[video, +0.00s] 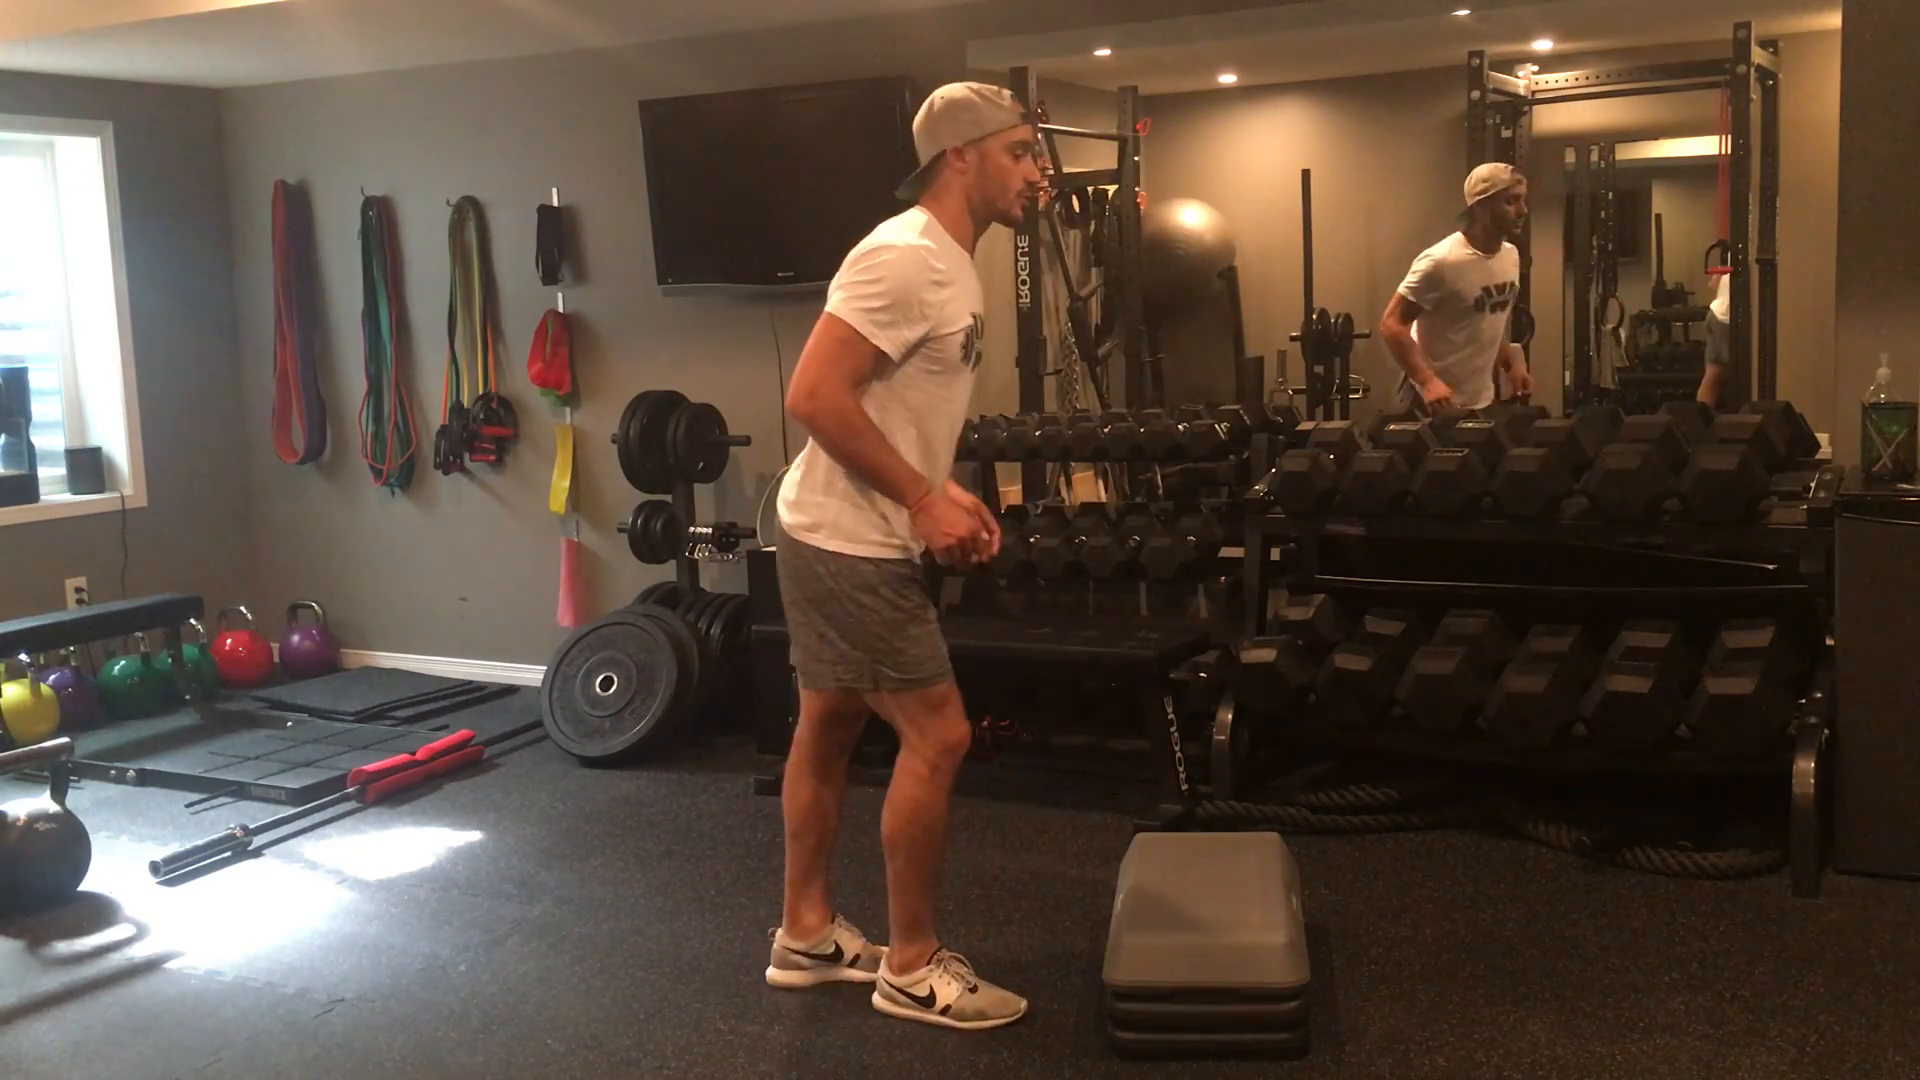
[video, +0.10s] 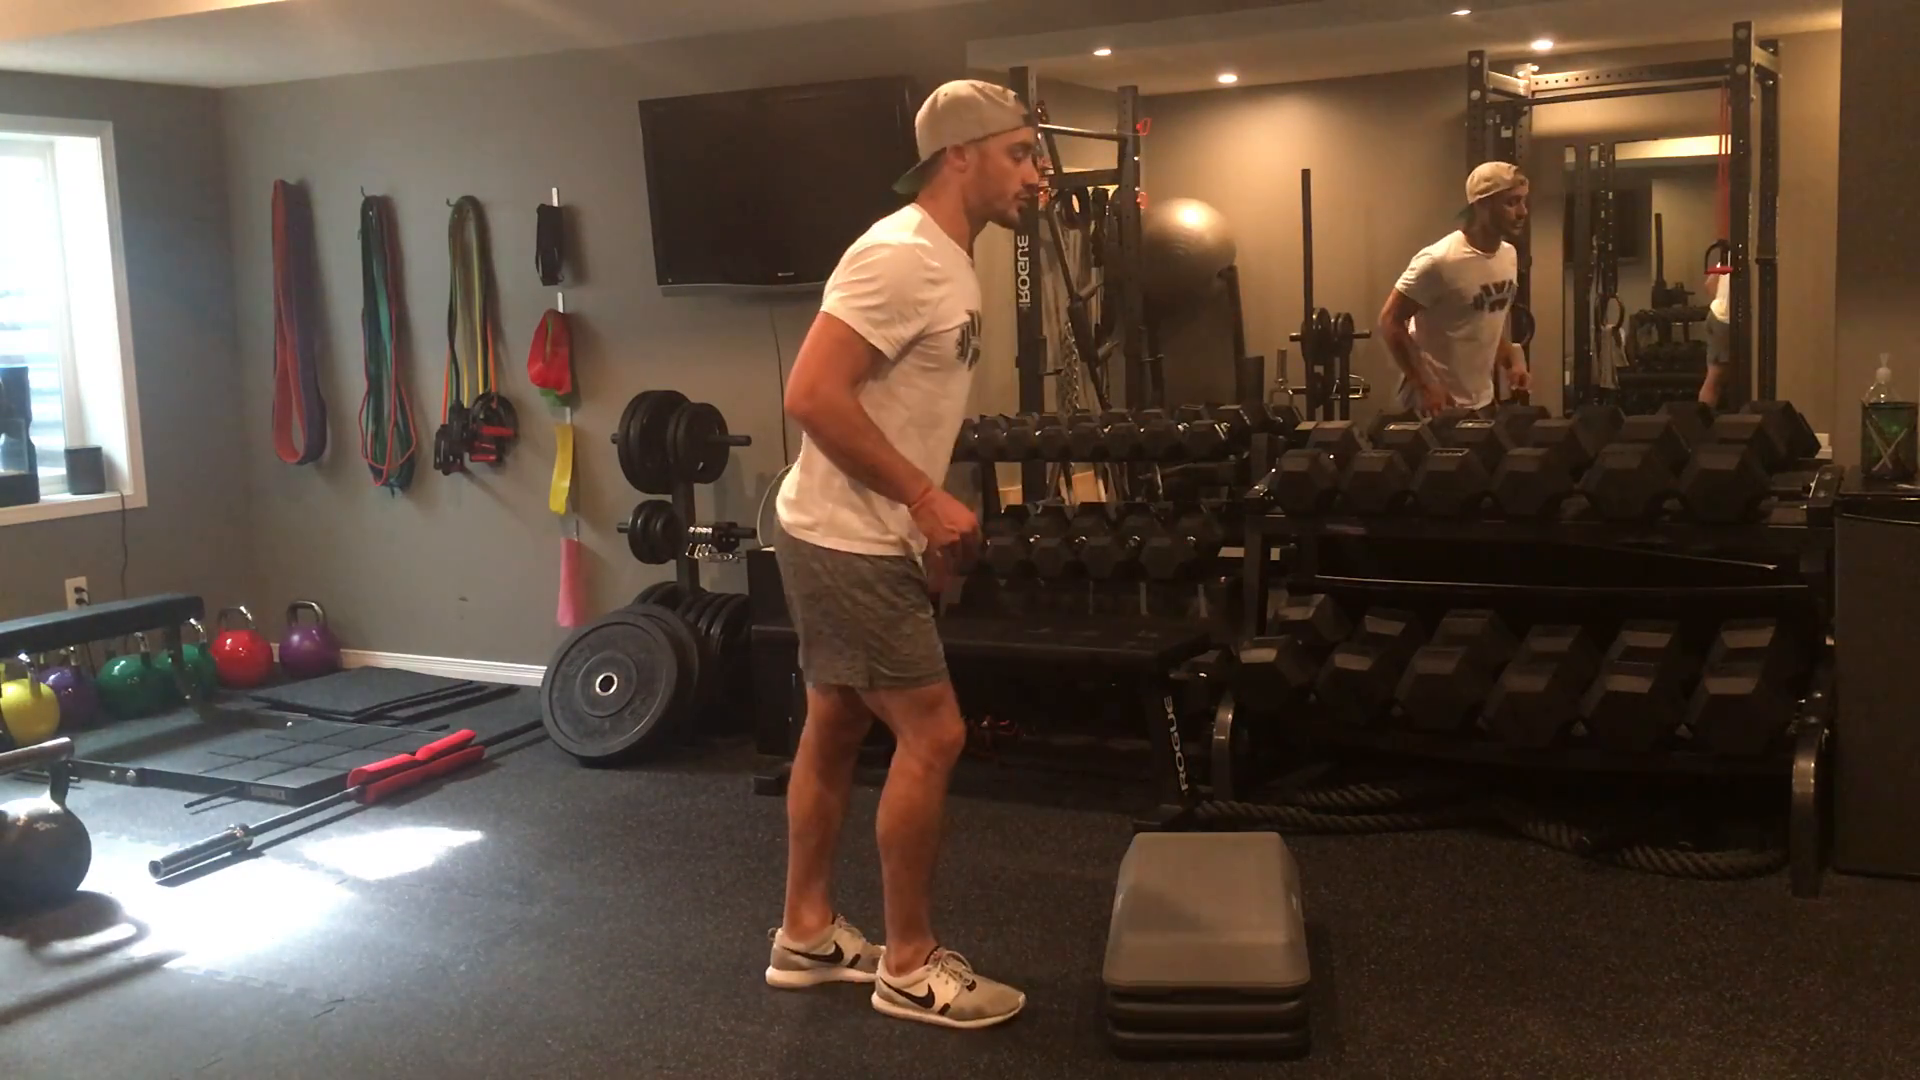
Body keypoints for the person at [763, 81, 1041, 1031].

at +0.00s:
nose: (1035, 171)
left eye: (1034, 154)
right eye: (1019, 153)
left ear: (972, 164)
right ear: (963, 160)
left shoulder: (952, 266)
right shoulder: (902, 254)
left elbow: (898, 417)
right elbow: (815, 393)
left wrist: (945, 498)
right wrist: (921, 497)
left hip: (868, 539)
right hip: (843, 542)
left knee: (826, 727)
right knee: (936, 735)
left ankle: (805, 929)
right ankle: (910, 964)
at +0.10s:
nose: (1035, 173)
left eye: (1034, 156)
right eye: (1019, 154)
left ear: (970, 164)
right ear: (961, 160)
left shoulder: (948, 262)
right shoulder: (899, 254)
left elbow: (890, 413)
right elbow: (812, 392)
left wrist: (923, 519)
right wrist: (923, 498)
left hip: (866, 536)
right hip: (843, 538)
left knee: (833, 727)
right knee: (931, 735)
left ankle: (805, 929)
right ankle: (907, 964)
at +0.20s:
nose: (1037, 172)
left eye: (1036, 154)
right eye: (1021, 153)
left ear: (973, 165)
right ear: (962, 162)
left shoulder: (954, 264)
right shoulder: (898, 255)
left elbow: (897, 411)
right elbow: (811, 394)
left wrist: (935, 509)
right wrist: (928, 494)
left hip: (879, 539)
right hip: (854, 542)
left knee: (844, 724)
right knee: (941, 736)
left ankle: (805, 929)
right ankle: (908, 962)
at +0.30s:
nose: (1045, 165)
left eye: (1044, 147)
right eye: (1030, 147)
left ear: (983, 160)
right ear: (969, 156)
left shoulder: (969, 260)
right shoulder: (906, 253)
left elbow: (909, 396)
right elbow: (812, 389)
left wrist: (978, 454)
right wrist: (937, 473)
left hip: (904, 537)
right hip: (875, 541)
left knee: (876, 733)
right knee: (944, 738)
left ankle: (808, 929)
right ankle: (909, 965)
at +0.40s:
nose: (1056, 154)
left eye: (1054, 137)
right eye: (1040, 137)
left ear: (994, 148)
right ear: (984, 146)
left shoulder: (981, 251)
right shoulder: (925, 250)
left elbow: (916, 398)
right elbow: (834, 392)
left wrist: (1001, 423)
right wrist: (962, 468)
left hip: (938, 533)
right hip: (891, 537)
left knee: (990, 701)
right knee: (932, 740)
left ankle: (845, 879)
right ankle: (907, 965)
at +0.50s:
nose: (1075, 142)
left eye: (1072, 125)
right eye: (1059, 126)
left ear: (1012, 140)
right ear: (999, 138)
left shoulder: (998, 243)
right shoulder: (948, 249)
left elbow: (940, 398)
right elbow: (885, 407)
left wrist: (1009, 477)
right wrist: (1013, 476)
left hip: (976, 524)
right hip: (913, 533)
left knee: (1072, 652)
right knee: (923, 746)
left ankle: (930, 811)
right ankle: (906, 965)